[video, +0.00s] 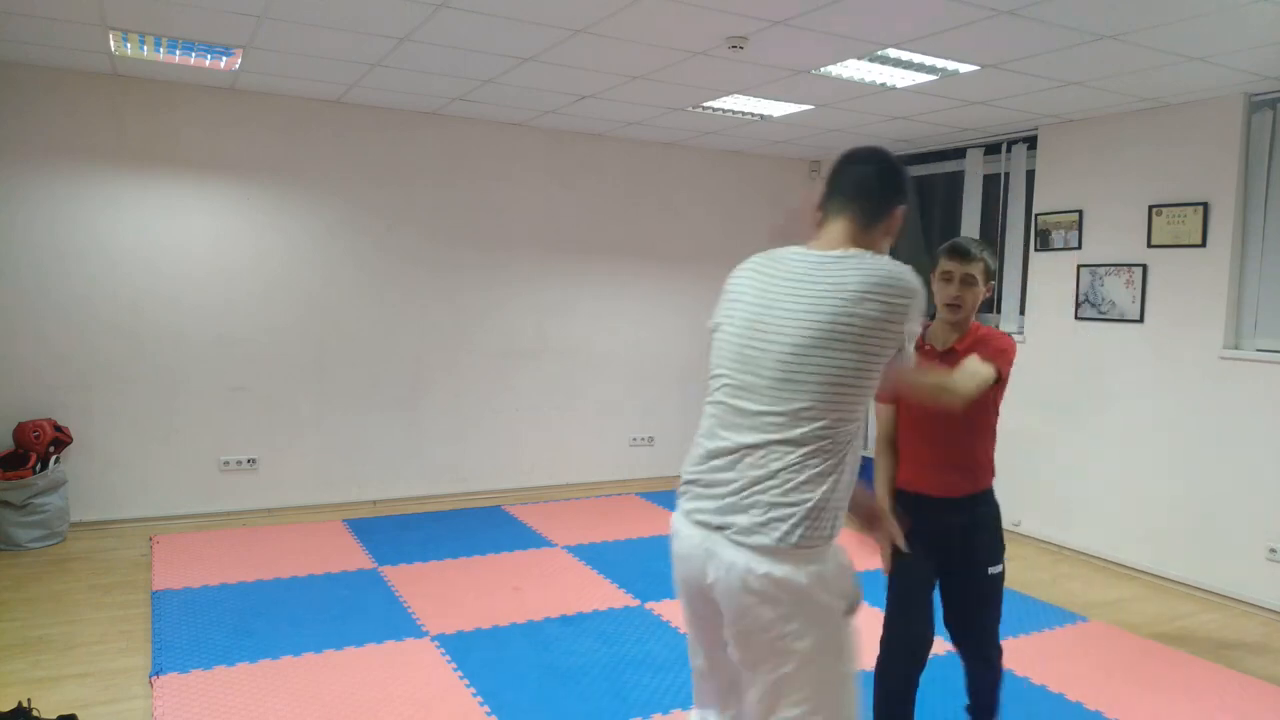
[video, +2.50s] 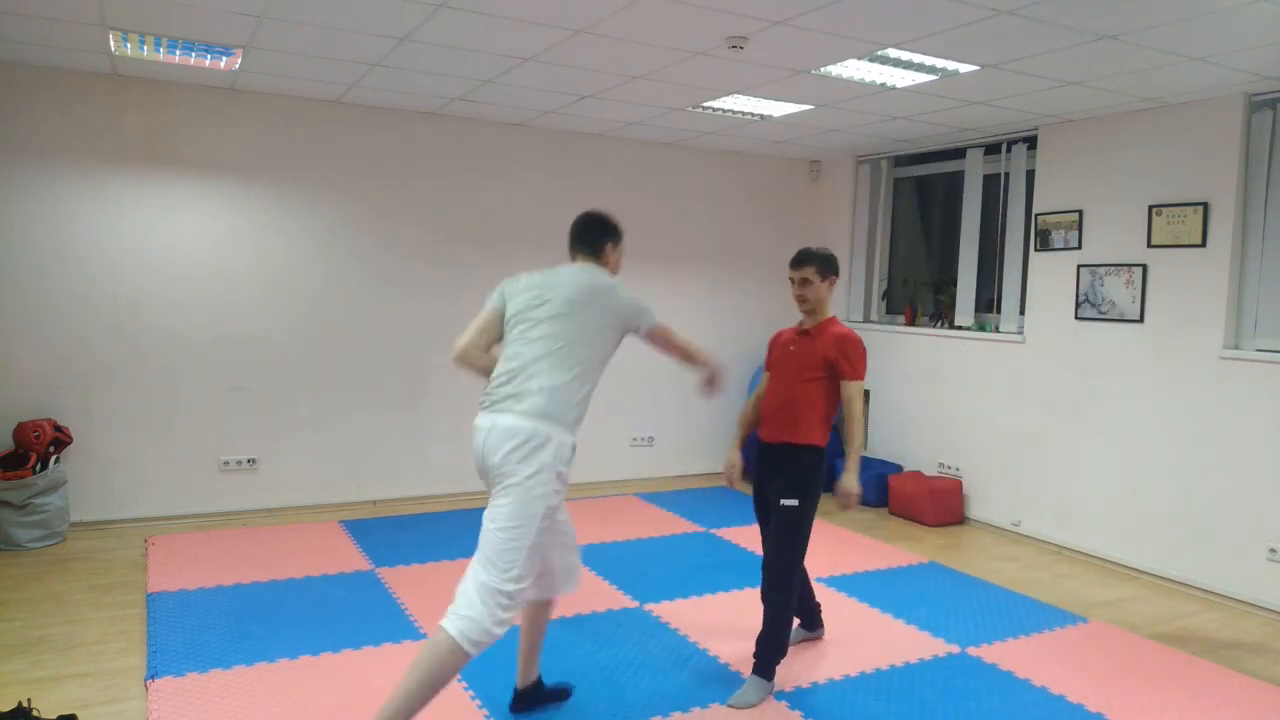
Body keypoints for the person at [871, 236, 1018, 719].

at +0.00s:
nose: (955, 290)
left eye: (968, 282)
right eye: (946, 278)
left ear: (985, 292)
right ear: (932, 282)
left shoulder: (995, 344)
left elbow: (957, 391)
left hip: (971, 515)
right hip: (909, 512)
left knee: (979, 643)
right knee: (903, 644)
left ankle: (983, 713)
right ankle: (890, 716)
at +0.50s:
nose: (902, 290)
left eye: (913, 281)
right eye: (894, 281)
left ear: (934, 287)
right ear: (885, 287)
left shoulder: (958, 348)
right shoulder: (868, 345)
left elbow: (980, 420)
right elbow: (847, 409)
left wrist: (947, 403)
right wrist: (868, 410)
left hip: (932, 493)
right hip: (878, 490)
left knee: (958, 619)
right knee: (845, 583)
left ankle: (984, 711)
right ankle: (851, 642)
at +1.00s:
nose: (809, 294)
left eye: (818, 286)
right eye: (802, 286)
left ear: (836, 287)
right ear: (792, 287)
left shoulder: (854, 331)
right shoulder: (779, 330)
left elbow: (887, 382)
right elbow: (750, 376)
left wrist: (841, 344)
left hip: (830, 455)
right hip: (781, 450)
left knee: (825, 560)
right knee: (770, 538)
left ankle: (851, 655)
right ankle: (770, 613)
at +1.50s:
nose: (768, 287)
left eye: (777, 280)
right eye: (761, 278)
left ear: (793, 284)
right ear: (751, 281)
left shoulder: (809, 330)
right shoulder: (734, 330)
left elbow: (808, 392)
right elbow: (726, 392)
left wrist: (760, 351)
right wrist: (723, 432)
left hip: (793, 455)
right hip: (749, 455)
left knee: (783, 561)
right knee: (750, 546)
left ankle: (772, 663)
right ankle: (767, 610)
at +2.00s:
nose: (774, 282)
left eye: (785, 275)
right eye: (767, 272)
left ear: (802, 280)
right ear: (758, 273)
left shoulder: (817, 337)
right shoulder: (737, 325)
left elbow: (829, 410)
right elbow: (714, 389)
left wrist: (819, 475)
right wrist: (711, 448)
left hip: (786, 463)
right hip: (740, 458)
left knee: (772, 571)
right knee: (724, 554)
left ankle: (761, 672)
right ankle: (768, 610)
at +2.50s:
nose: (799, 291)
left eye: (807, 282)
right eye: (794, 283)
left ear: (830, 284)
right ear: (790, 285)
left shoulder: (844, 342)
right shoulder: (781, 339)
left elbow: (854, 408)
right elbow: (761, 395)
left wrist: (851, 470)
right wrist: (736, 445)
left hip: (804, 460)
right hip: (764, 455)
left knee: (779, 564)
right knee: (780, 551)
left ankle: (763, 673)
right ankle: (810, 619)